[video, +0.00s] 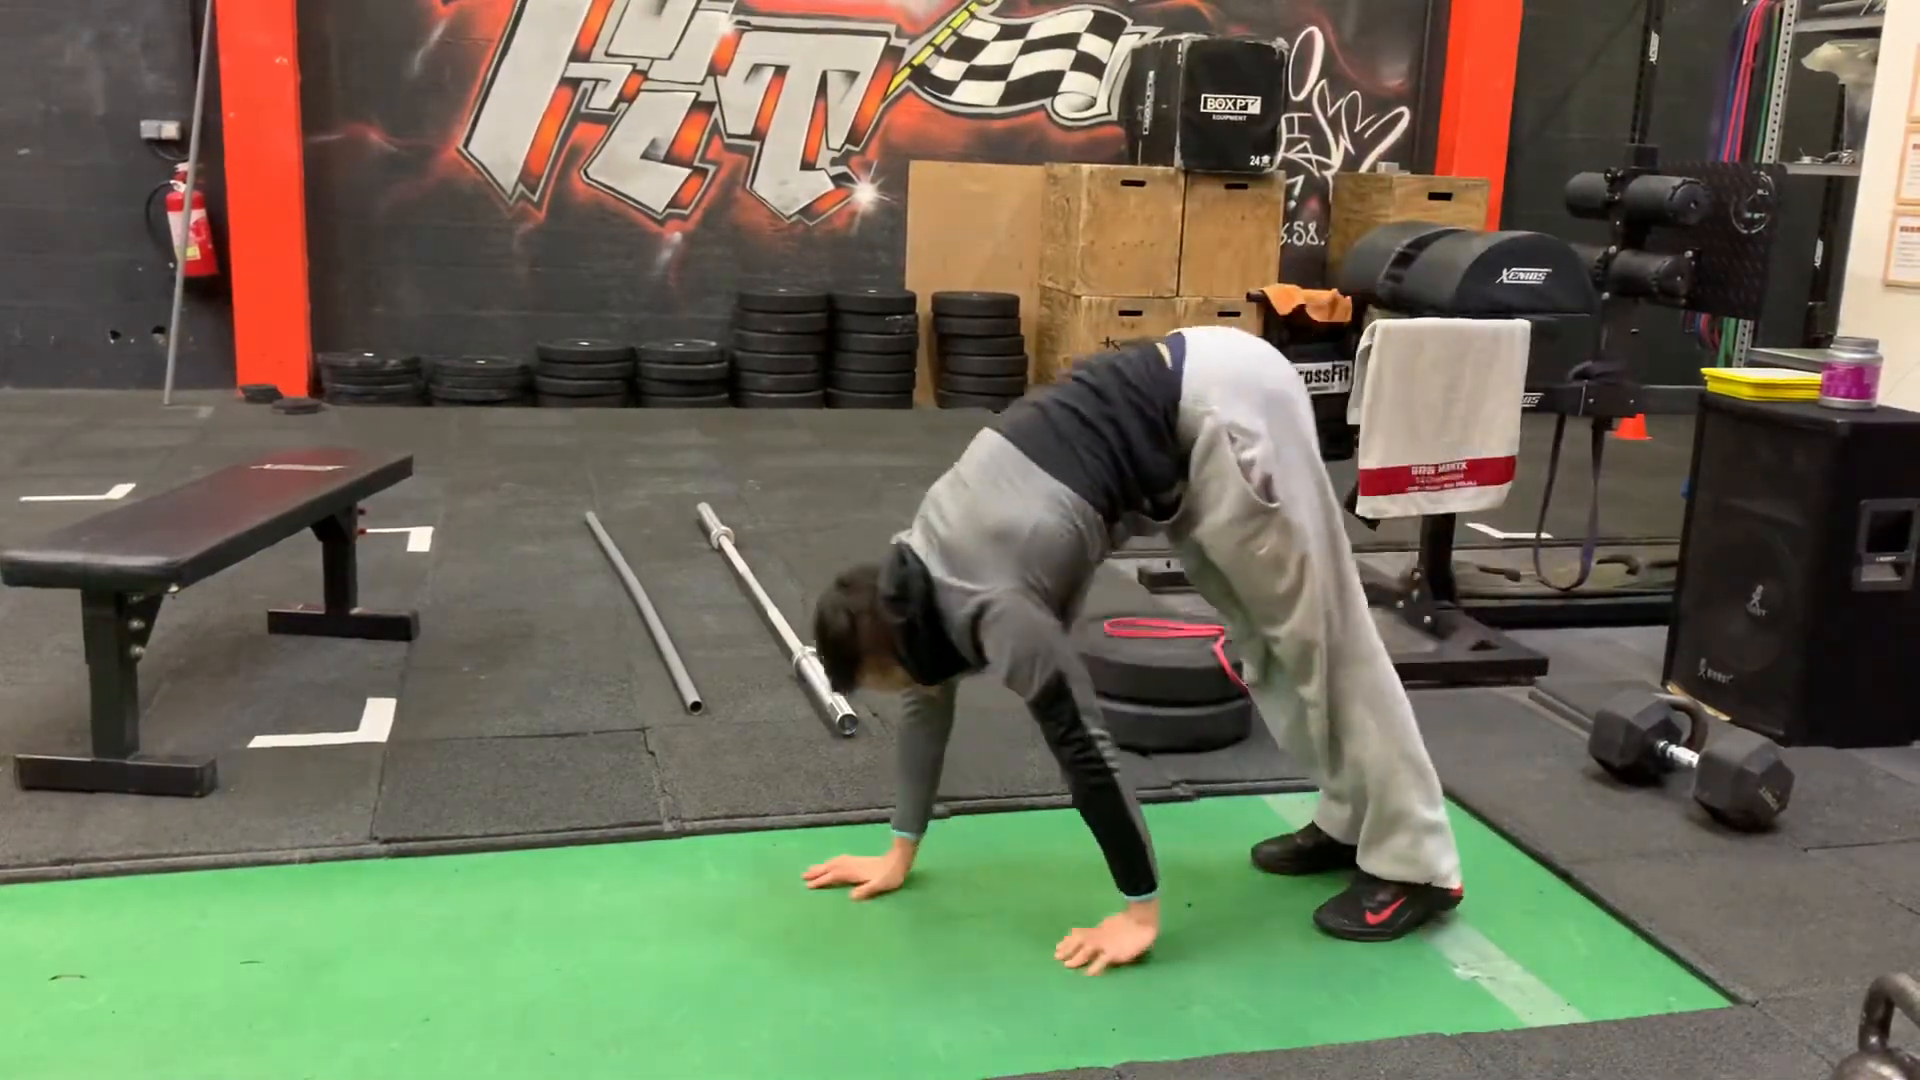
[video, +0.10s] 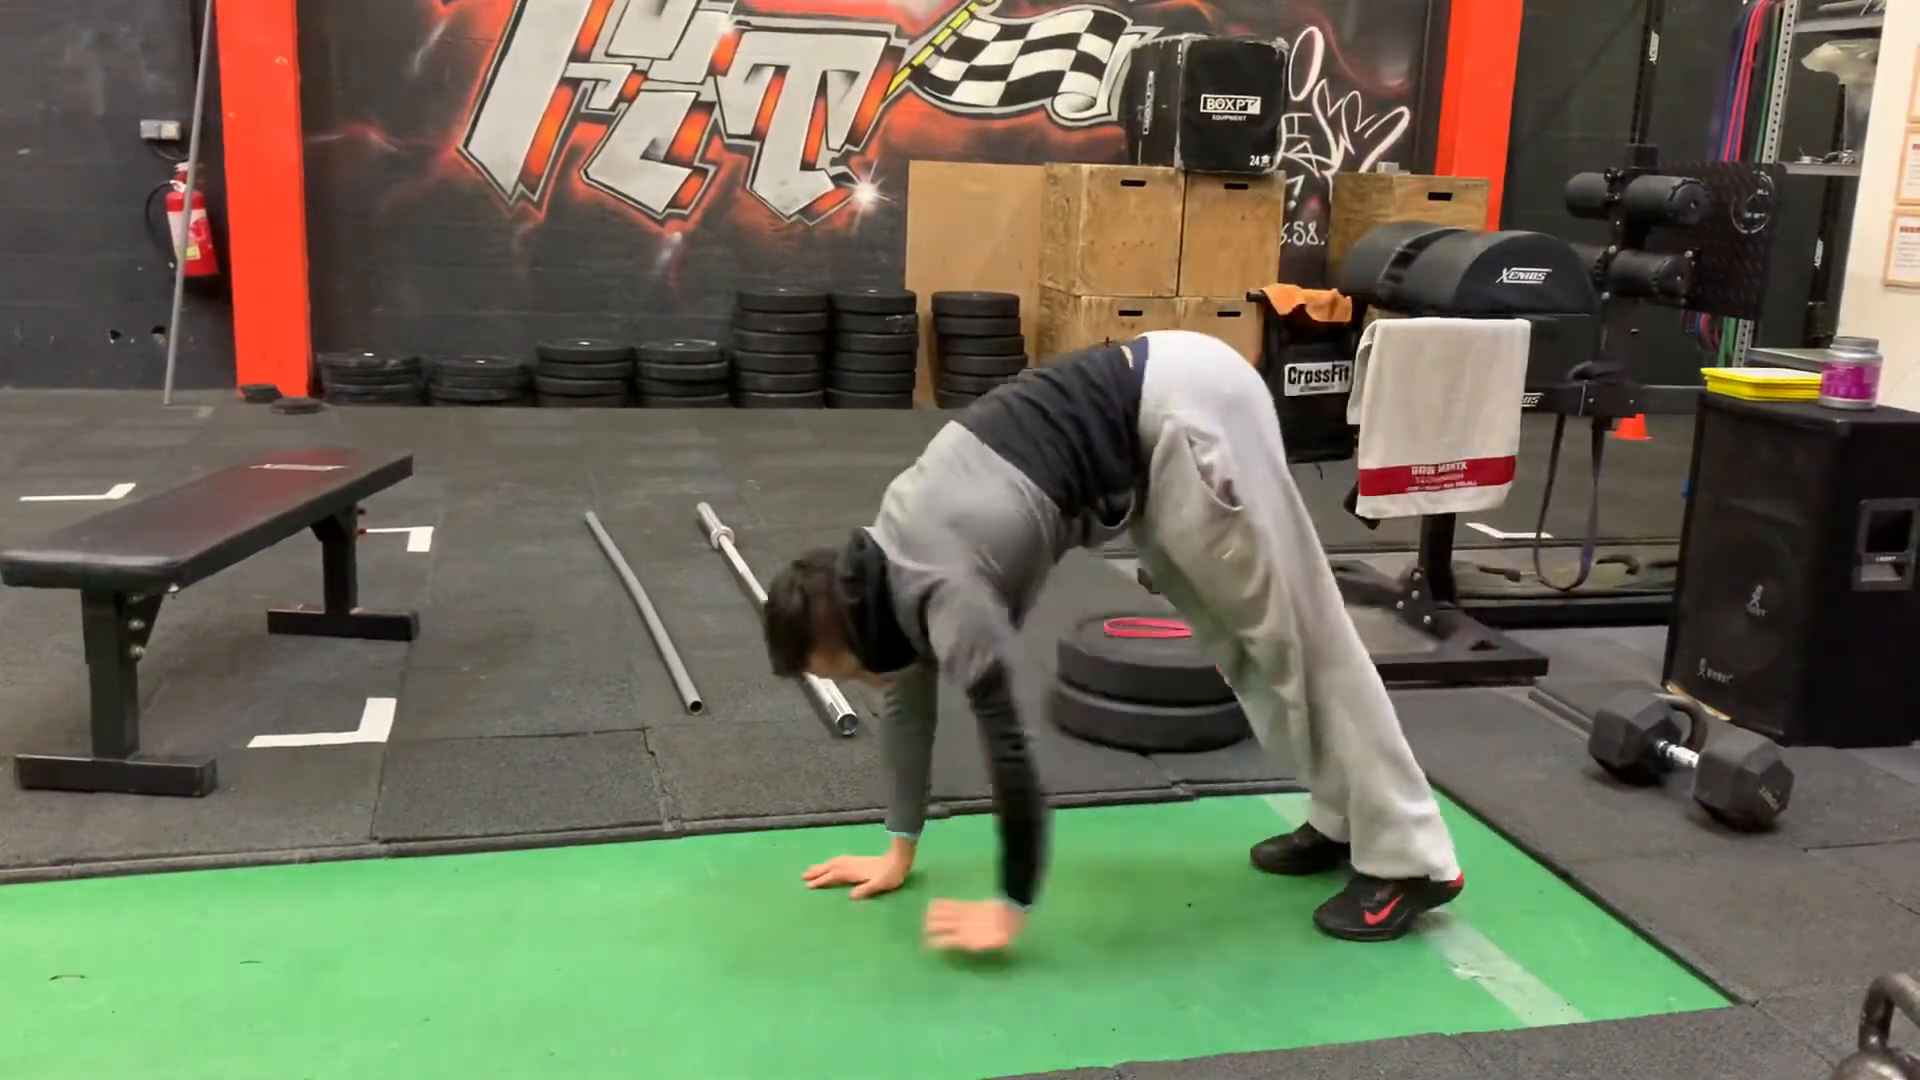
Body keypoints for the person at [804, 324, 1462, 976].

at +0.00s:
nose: (889, 690)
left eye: (882, 678)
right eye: (878, 683)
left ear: (893, 643)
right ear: (880, 624)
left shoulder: (1001, 607)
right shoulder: (915, 571)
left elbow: (1083, 755)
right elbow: (923, 714)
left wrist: (1138, 908)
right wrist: (900, 854)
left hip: (1226, 402)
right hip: (1172, 418)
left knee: (1323, 642)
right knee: (1270, 648)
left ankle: (1420, 863)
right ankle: (1352, 816)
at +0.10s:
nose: (845, 685)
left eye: (837, 671)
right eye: (829, 677)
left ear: (854, 632)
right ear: (840, 608)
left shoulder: (954, 591)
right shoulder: (883, 556)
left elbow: (1011, 747)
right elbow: (907, 707)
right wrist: (900, 845)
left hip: (1186, 403)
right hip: (1138, 413)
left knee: (1297, 640)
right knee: (1246, 644)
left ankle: (1415, 857)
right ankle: (1344, 815)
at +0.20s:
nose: (805, 680)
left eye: (786, 666)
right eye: (788, 671)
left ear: (793, 626)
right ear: (790, 602)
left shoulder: (887, 593)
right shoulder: (854, 546)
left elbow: (883, 753)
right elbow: (893, 721)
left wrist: (817, 918)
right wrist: (892, 841)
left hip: (1155, 419)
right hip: (1121, 427)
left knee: (1279, 648)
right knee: (1235, 650)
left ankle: (1411, 860)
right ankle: (1341, 820)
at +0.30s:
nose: (746, 690)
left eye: (732, 672)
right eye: (728, 680)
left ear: (750, 621)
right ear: (745, 611)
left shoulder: (828, 609)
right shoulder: (823, 566)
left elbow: (765, 789)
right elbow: (876, 713)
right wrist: (897, 848)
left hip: (1126, 444)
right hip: (1090, 455)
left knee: (1269, 660)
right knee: (1220, 664)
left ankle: (1415, 857)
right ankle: (1338, 816)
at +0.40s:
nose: (689, 697)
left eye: (678, 679)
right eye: (672, 687)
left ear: (695, 627)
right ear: (695, 608)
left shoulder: (790, 619)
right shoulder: (785, 572)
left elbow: (747, 799)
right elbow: (861, 717)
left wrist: (695, 968)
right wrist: (893, 847)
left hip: (1087, 473)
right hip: (1063, 471)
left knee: (1244, 671)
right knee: (1199, 675)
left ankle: (1407, 856)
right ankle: (1331, 817)